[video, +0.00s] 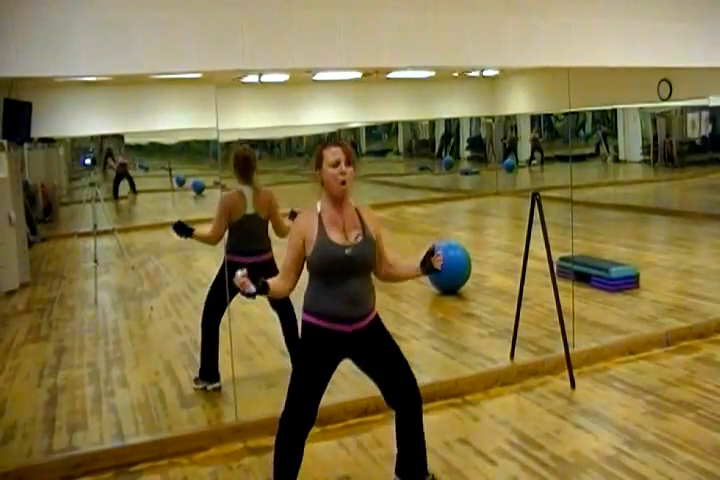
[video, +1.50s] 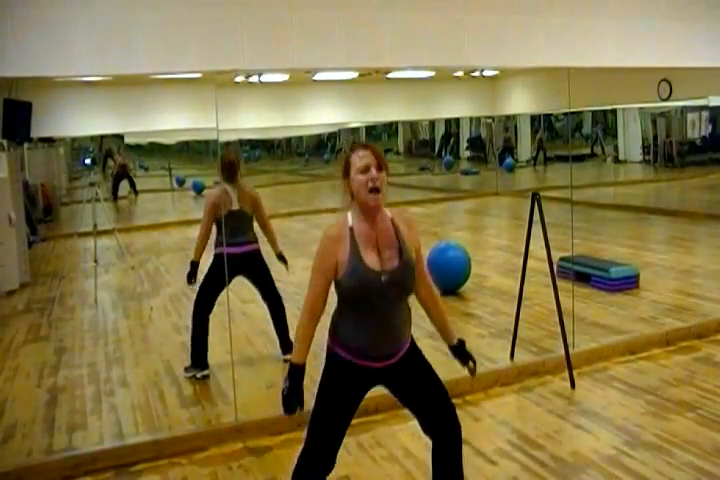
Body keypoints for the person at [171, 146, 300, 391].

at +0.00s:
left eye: (234, 165)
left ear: (234, 169)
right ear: (255, 168)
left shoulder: (229, 199)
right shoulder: (267, 196)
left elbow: (214, 237)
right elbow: (282, 231)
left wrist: (190, 232)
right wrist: (292, 219)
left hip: (233, 270)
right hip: (265, 268)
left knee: (210, 317)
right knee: (286, 312)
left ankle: (209, 376)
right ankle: (300, 367)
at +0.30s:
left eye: (235, 174)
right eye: (249, 174)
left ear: (232, 177)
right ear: (252, 176)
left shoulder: (226, 201)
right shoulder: (262, 198)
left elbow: (211, 239)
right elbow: (281, 228)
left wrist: (193, 250)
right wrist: (291, 235)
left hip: (237, 270)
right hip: (266, 267)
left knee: (212, 315)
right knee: (286, 312)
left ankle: (210, 374)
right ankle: (300, 364)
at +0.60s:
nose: (237, 156)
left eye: (230, 152)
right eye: (240, 149)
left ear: (226, 154)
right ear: (247, 152)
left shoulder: (221, 184)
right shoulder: (261, 181)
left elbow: (218, 221)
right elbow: (271, 216)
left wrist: (217, 251)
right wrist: (280, 247)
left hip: (230, 250)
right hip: (258, 248)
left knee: (211, 304)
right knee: (278, 297)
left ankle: (208, 359)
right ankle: (295, 347)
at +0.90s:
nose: (232, 175)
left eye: (228, 171)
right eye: (239, 170)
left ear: (223, 174)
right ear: (243, 173)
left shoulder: (218, 199)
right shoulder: (254, 197)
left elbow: (211, 235)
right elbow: (268, 232)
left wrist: (203, 266)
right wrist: (280, 263)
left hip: (224, 267)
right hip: (253, 266)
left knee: (198, 308)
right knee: (275, 302)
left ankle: (199, 364)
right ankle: (285, 346)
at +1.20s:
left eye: (225, 161)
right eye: (236, 162)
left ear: (221, 165)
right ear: (239, 165)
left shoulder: (215, 192)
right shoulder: (250, 188)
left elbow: (206, 227)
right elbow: (264, 220)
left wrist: (196, 259)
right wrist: (278, 247)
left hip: (224, 258)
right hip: (251, 256)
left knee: (203, 305)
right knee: (272, 301)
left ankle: (200, 363)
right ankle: (285, 350)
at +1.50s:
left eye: (224, 167)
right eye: (234, 167)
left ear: (220, 171)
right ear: (239, 170)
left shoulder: (214, 196)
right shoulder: (250, 194)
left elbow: (204, 234)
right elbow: (265, 225)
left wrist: (194, 263)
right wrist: (278, 251)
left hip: (226, 261)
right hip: (252, 259)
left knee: (202, 308)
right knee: (273, 300)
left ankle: (200, 364)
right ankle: (287, 347)